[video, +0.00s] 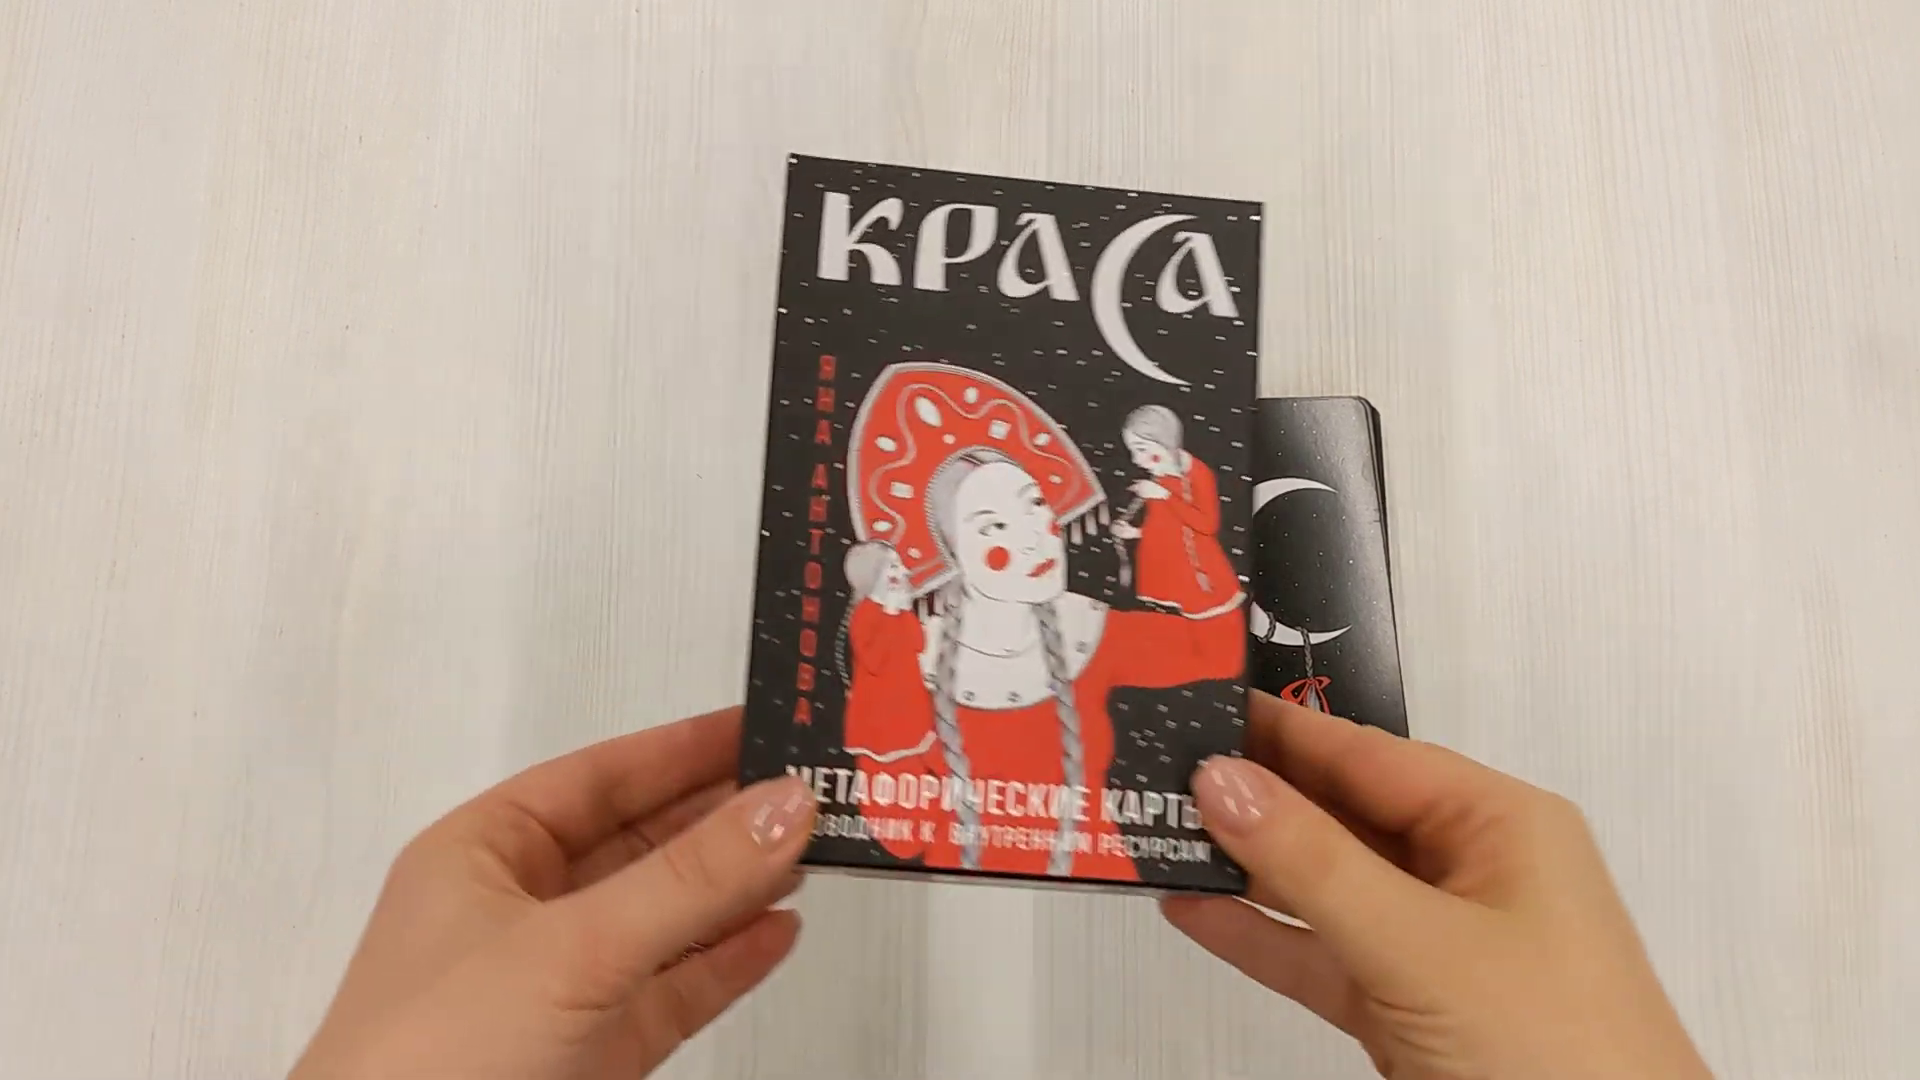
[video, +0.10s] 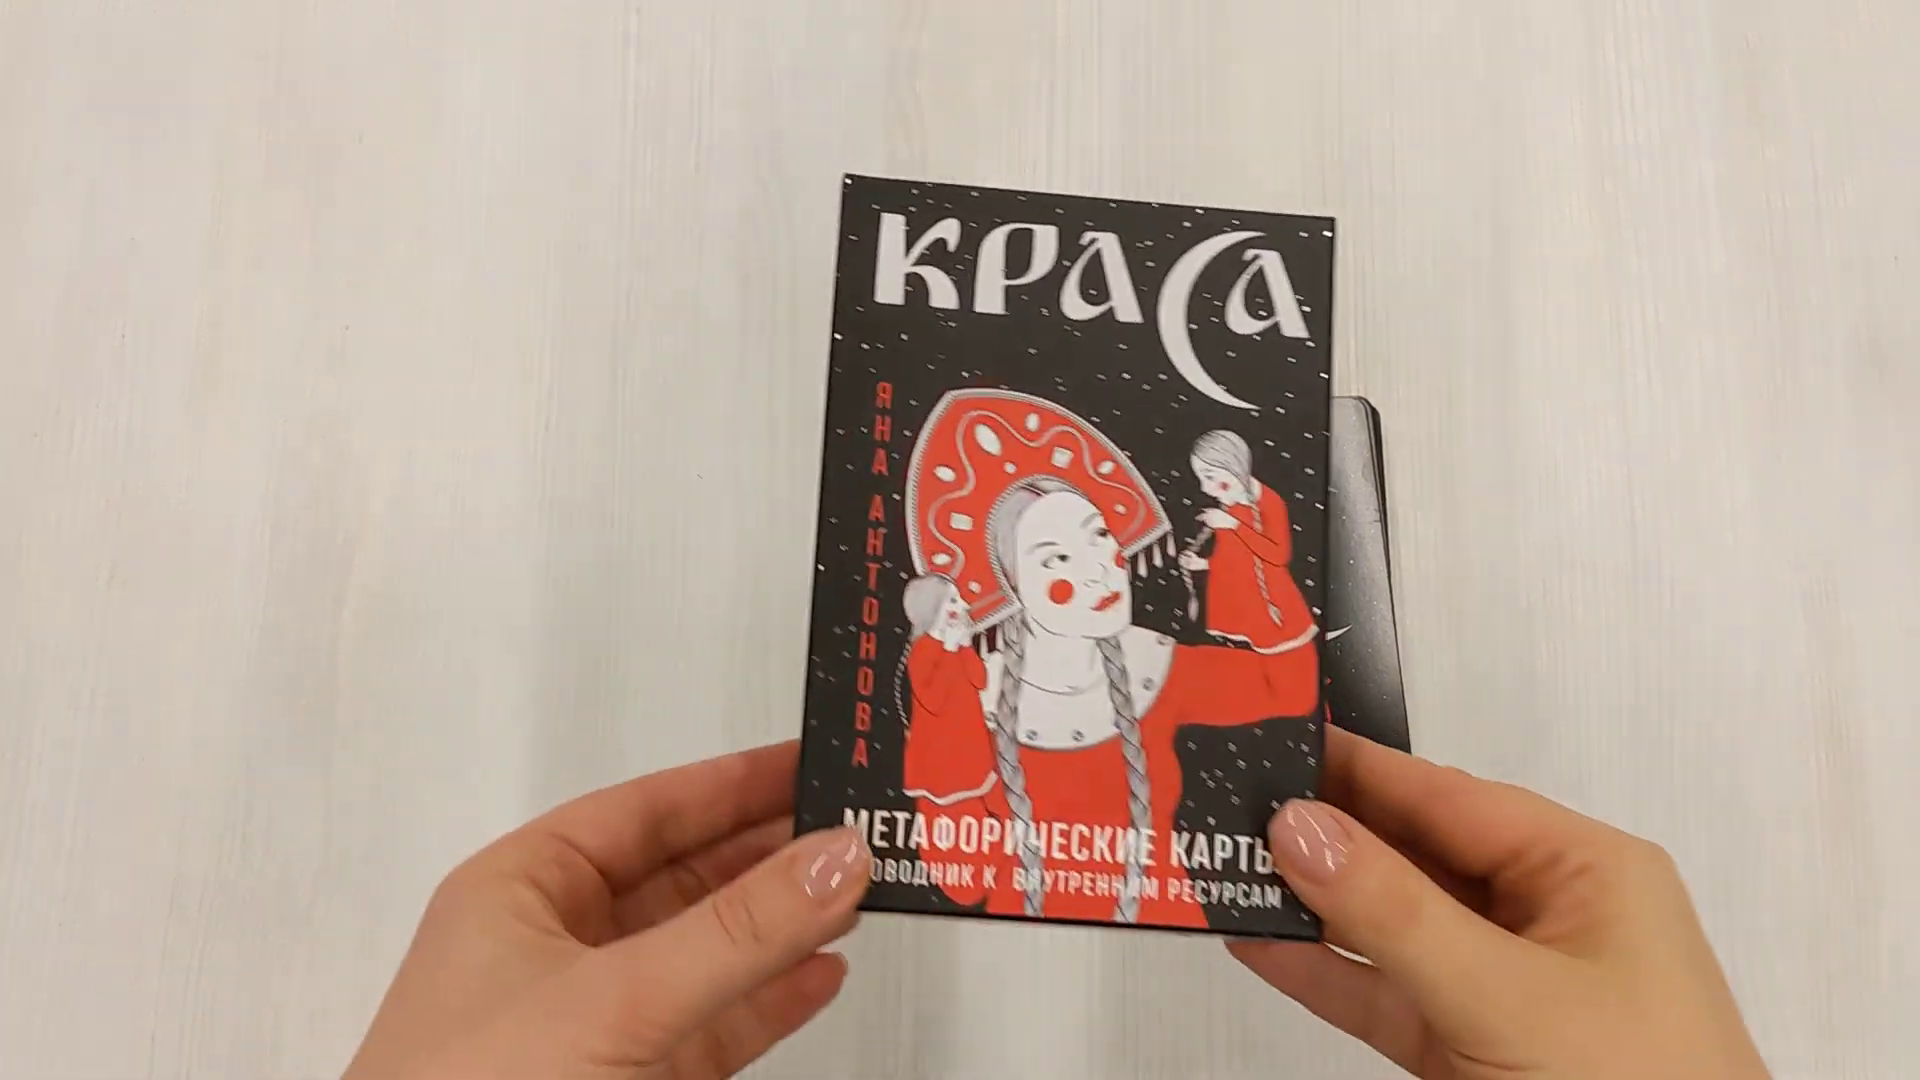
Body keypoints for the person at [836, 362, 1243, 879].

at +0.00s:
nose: (1036, 537)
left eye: (1035, 507)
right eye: (991, 527)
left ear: (1055, 517)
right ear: (955, 556)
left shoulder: (1082, 633)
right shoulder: (913, 655)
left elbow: (1216, 645)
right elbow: (903, 834)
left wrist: (1171, 506)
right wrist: (885, 630)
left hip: (1085, 894)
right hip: (955, 899)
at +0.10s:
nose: (1101, 570)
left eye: (1099, 538)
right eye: (1054, 560)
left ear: (1120, 548)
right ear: (1016, 590)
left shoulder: (1148, 669)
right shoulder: (973, 689)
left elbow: (1288, 683)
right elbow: (964, 883)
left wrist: (1248, 532)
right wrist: (944, 671)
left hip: (1153, 945)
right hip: (1017, 952)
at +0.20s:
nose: (1136, 594)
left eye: (1133, 561)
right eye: (1089, 585)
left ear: (1153, 567)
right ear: (1051, 618)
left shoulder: (1186, 694)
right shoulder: (1005, 718)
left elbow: (1330, 711)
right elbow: (995, 913)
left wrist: (1295, 578)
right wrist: (974, 719)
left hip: (1190, 971)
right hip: (1054, 981)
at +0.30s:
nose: (1149, 605)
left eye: (1145, 570)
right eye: (1100, 596)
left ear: (1164, 577)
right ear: (1061, 629)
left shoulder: (1204, 705)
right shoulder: (1019, 733)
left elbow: (1349, 720)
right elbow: (1012, 933)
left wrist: (1308, 578)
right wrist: (987, 722)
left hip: (1214, 994)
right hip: (1073, 1001)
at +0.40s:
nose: (1153, 607)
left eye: (1148, 572)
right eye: (1104, 600)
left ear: (1169, 578)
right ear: (1066, 633)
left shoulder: (1212, 709)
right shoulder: (1024, 740)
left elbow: (1357, 721)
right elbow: (1017, 941)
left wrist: (1312, 573)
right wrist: (993, 720)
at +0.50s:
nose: (1155, 603)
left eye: (1150, 568)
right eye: (1105, 596)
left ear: (1170, 574)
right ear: (1066, 631)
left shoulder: (1214, 706)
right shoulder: (1025, 737)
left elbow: (1360, 720)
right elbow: (1018, 942)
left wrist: (1313, 577)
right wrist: (992, 720)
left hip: (1226, 1001)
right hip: (1084, 1009)